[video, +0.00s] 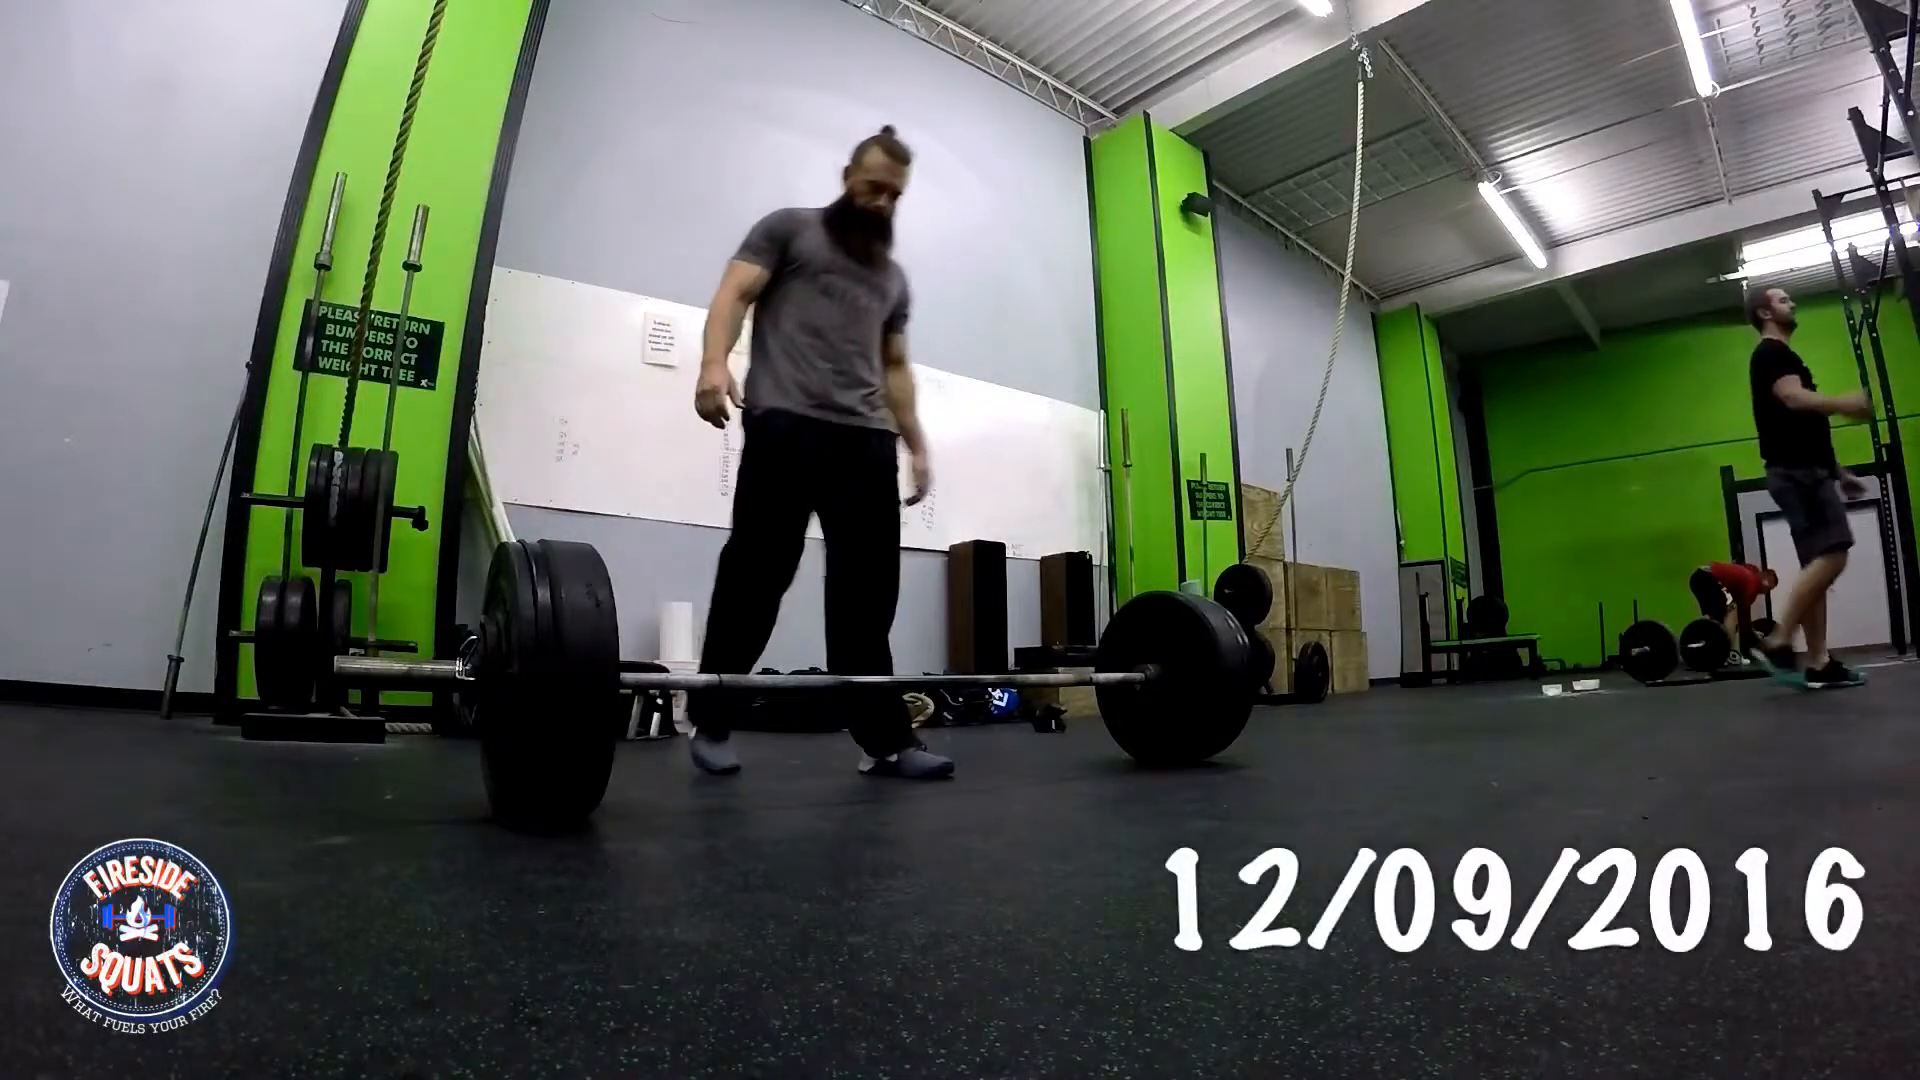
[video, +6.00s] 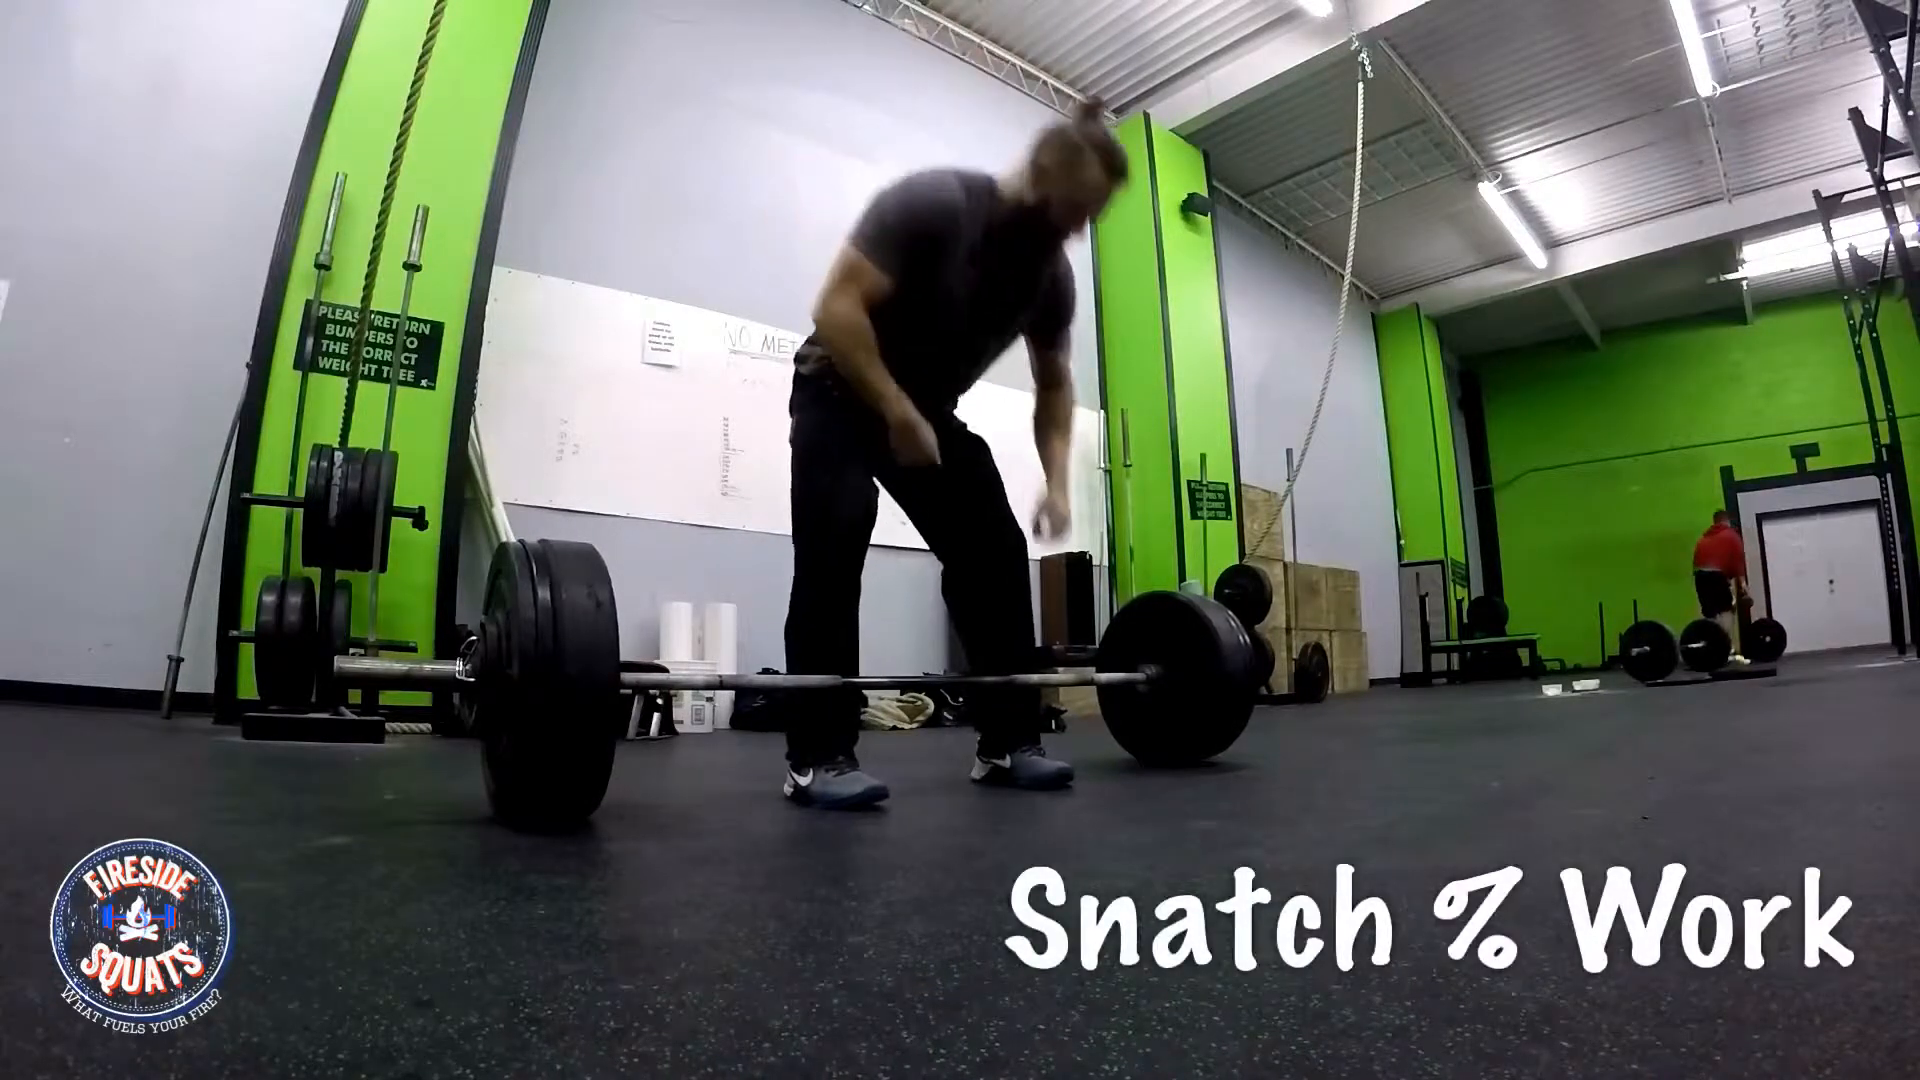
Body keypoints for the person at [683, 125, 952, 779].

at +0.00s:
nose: (880, 199)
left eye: (892, 191)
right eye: (871, 185)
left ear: (902, 196)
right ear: (847, 178)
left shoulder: (892, 278)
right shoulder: (790, 228)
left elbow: (895, 365)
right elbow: (733, 294)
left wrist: (916, 442)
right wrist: (714, 364)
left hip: (864, 442)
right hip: (783, 427)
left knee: (868, 591)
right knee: (754, 574)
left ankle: (883, 741)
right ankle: (711, 724)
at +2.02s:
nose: (1032, 136)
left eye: (1048, 128)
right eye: (1028, 115)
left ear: (1062, 124)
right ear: (1002, 82)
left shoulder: (1033, 201)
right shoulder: (911, 129)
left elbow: (1024, 306)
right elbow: (811, 211)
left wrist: (1048, 399)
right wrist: (795, 312)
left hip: (964, 397)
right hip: (867, 378)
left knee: (978, 572)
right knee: (840, 567)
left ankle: (1004, 748)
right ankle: (817, 758)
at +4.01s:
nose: (990, 45)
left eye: (996, 37)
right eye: (972, 31)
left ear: (999, 63)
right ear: (928, 53)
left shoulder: (1011, 172)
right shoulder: (887, 121)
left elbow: (1027, 281)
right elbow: (824, 201)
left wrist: (1069, 360)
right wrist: (808, 279)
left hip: (981, 389)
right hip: (880, 372)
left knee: (988, 570)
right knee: (849, 563)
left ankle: (1003, 747)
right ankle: (822, 756)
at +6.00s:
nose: (1078, 225)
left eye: (1089, 213)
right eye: (1075, 206)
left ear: (1092, 203)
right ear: (1040, 172)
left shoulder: (1050, 278)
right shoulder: (933, 202)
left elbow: (1054, 385)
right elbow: (835, 309)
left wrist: (1057, 482)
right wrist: (898, 409)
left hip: (928, 410)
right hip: (843, 388)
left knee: (993, 553)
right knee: (832, 558)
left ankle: (1006, 745)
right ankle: (818, 759)